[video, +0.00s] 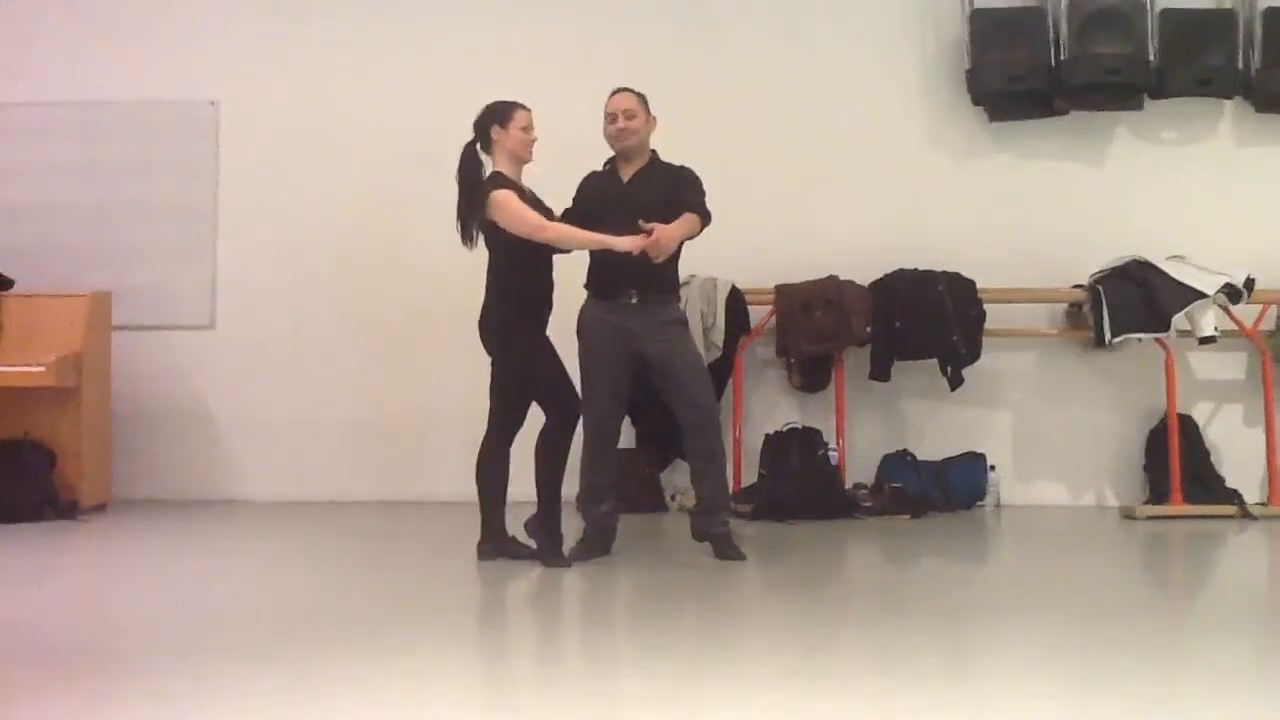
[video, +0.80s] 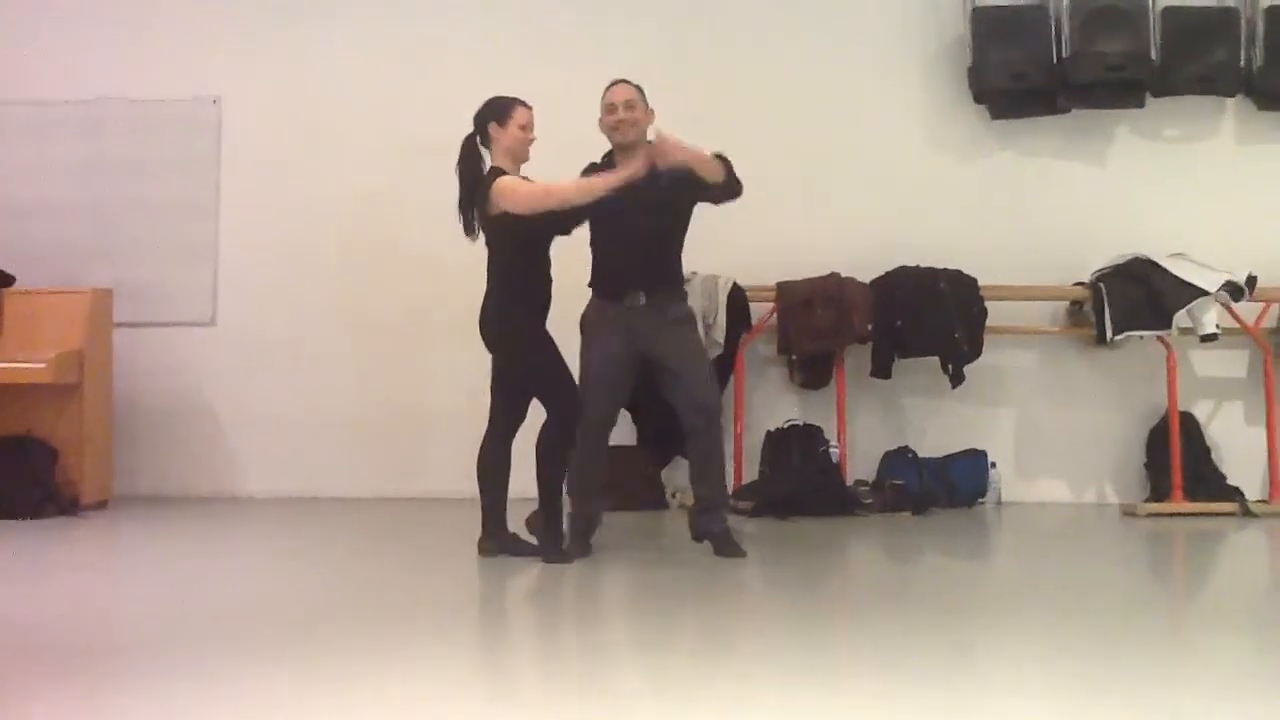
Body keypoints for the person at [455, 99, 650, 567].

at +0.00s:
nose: (534, 136)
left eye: (533, 129)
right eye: (526, 129)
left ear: (506, 136)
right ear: (498, 135)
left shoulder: (516, 191)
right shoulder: (498, 194)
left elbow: (555, 235)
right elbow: (545, 234)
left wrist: (614, 236)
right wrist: (615, 242)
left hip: (522, 323)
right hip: (512, 326)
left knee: (502, 429)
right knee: (565, 409)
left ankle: (493, 535)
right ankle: (547, 521)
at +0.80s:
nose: (532, 137)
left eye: (532, 129)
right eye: (524, 129)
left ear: (506, 135)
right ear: (495, 132)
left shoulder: (514, 185)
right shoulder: (502, 188)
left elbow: (568, 198)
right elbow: (567, 195)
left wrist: (617, 176)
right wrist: (622, 174)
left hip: (518, 318)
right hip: (514, 322)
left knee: (502, 426)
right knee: (567, 409)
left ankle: (494, 532)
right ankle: (548, 518)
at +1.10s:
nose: (514, 137)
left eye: (515, 129)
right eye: (507, 128)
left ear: (490, 134)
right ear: (478, 129)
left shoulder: (497, 180)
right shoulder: (481, 187)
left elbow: (551, 192)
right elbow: (545, 211)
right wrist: (615, 200)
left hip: (502, 317)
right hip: (498, 321)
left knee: (499, 421)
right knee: (558, 402)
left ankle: (490, 531)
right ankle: (545, 519)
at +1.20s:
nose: (504, 141)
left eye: (504, 132)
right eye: (496, 132)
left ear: (480, 137)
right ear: (466, 134)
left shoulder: (487, 189)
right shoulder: (464, 197)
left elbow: (534, 212)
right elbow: (502, 261)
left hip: (490, 322)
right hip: (480, 326)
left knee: (494, 424)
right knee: (546, 404)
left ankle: (489, 531)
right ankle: (521, 520)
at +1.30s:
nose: (496, 141)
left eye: (497, 132)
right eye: (487, 131)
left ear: (483, 137)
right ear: (458, 133)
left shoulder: (479, 189)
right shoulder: (454, 196)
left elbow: (514, 231)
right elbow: (473, 267)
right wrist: (544, 272)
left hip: (489, 320)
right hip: (471, 324)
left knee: (532, 411)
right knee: (496, 422)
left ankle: (479, 506)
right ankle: (488, 531)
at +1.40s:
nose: (487, 143)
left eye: (489, 135)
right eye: (478, 134)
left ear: (483, 141)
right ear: (449, 136)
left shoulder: (471, 190)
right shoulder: (444, 195)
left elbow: (491, 242)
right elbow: (459, 263)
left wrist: (528, 235)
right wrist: (517, 247)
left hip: (481, 321)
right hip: (462, 325)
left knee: (496, 424)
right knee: (498, 424)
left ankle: (492, 533)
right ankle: (429, 501)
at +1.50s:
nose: (474, 141)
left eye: (478, 134)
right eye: (465, 133)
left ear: (481, 141)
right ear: (439, 136)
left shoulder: (475, 196)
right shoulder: (429, 193)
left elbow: (512, 246)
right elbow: (447, 248)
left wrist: (537, 209)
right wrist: (495, 209)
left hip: (470, 325)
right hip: (437, 325)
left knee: (501, 421)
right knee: (446, 426)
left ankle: (489, 532)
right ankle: (389, 518)